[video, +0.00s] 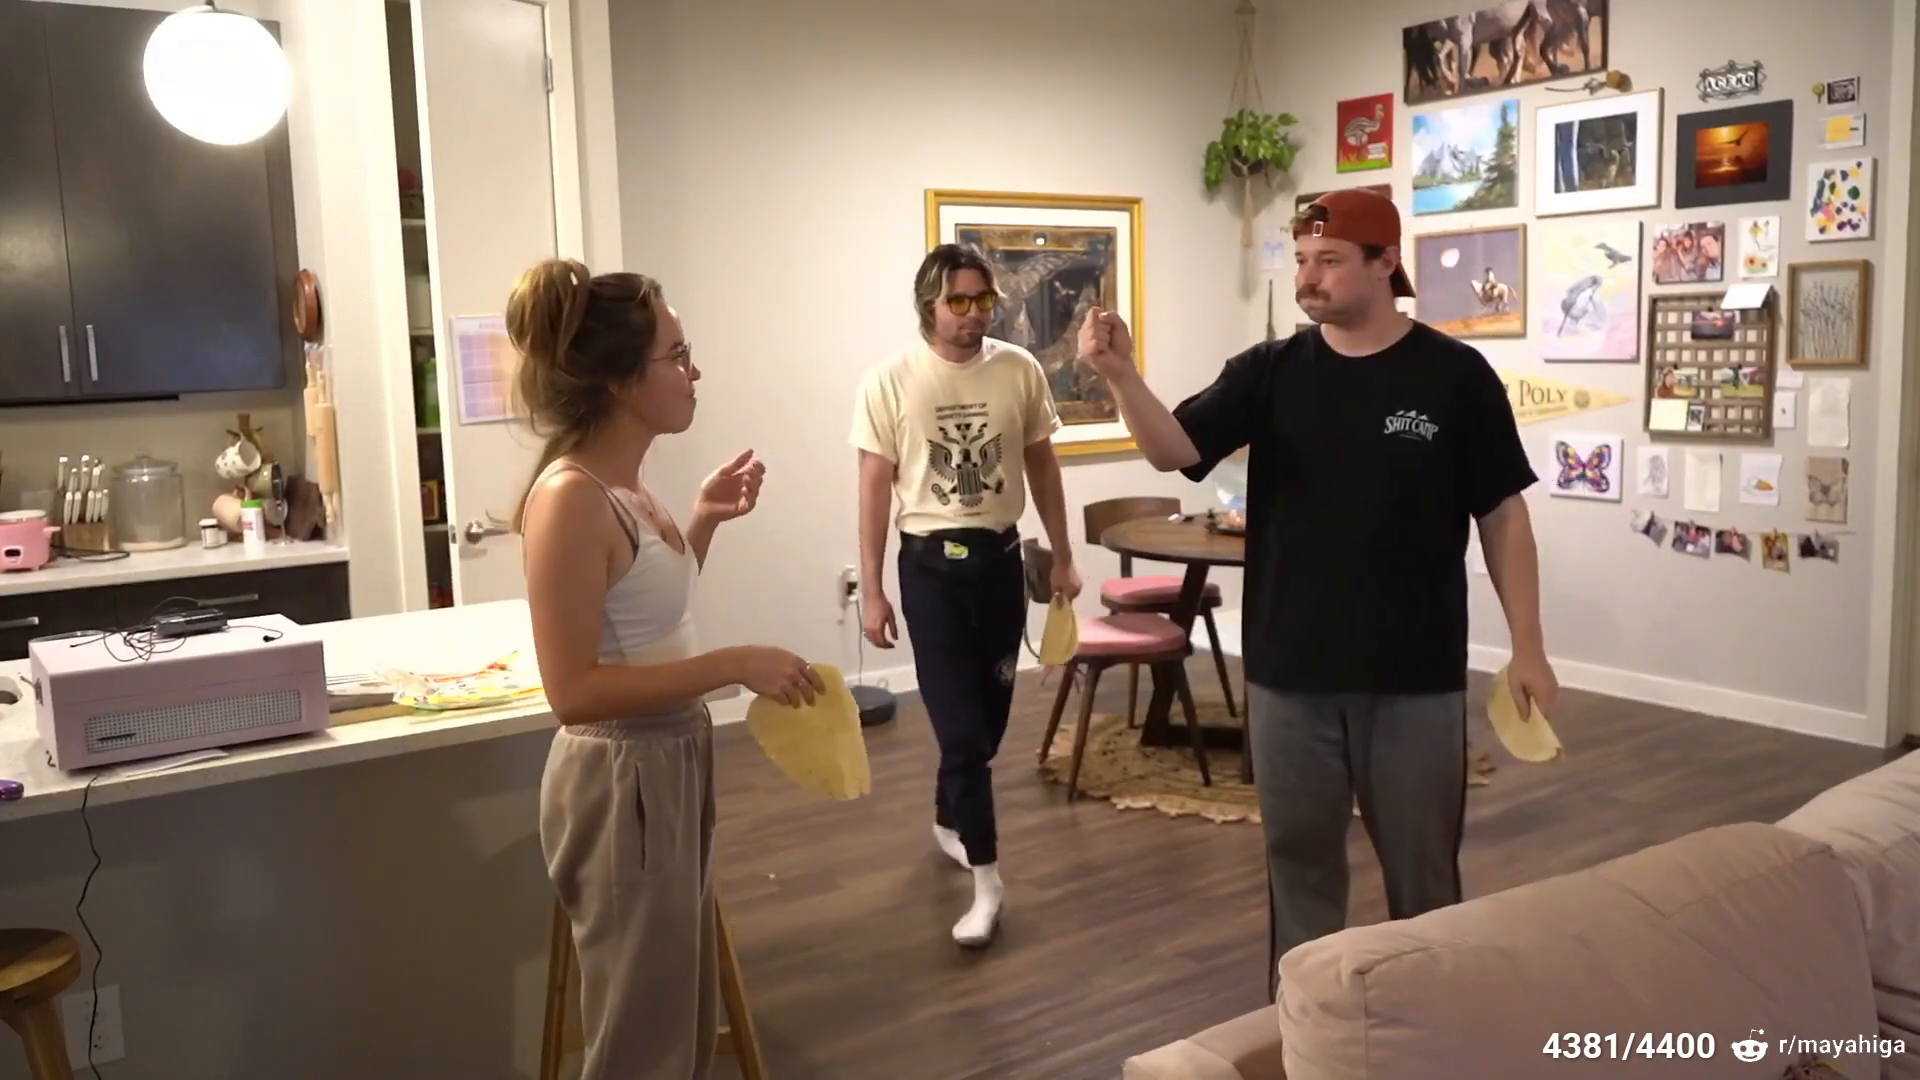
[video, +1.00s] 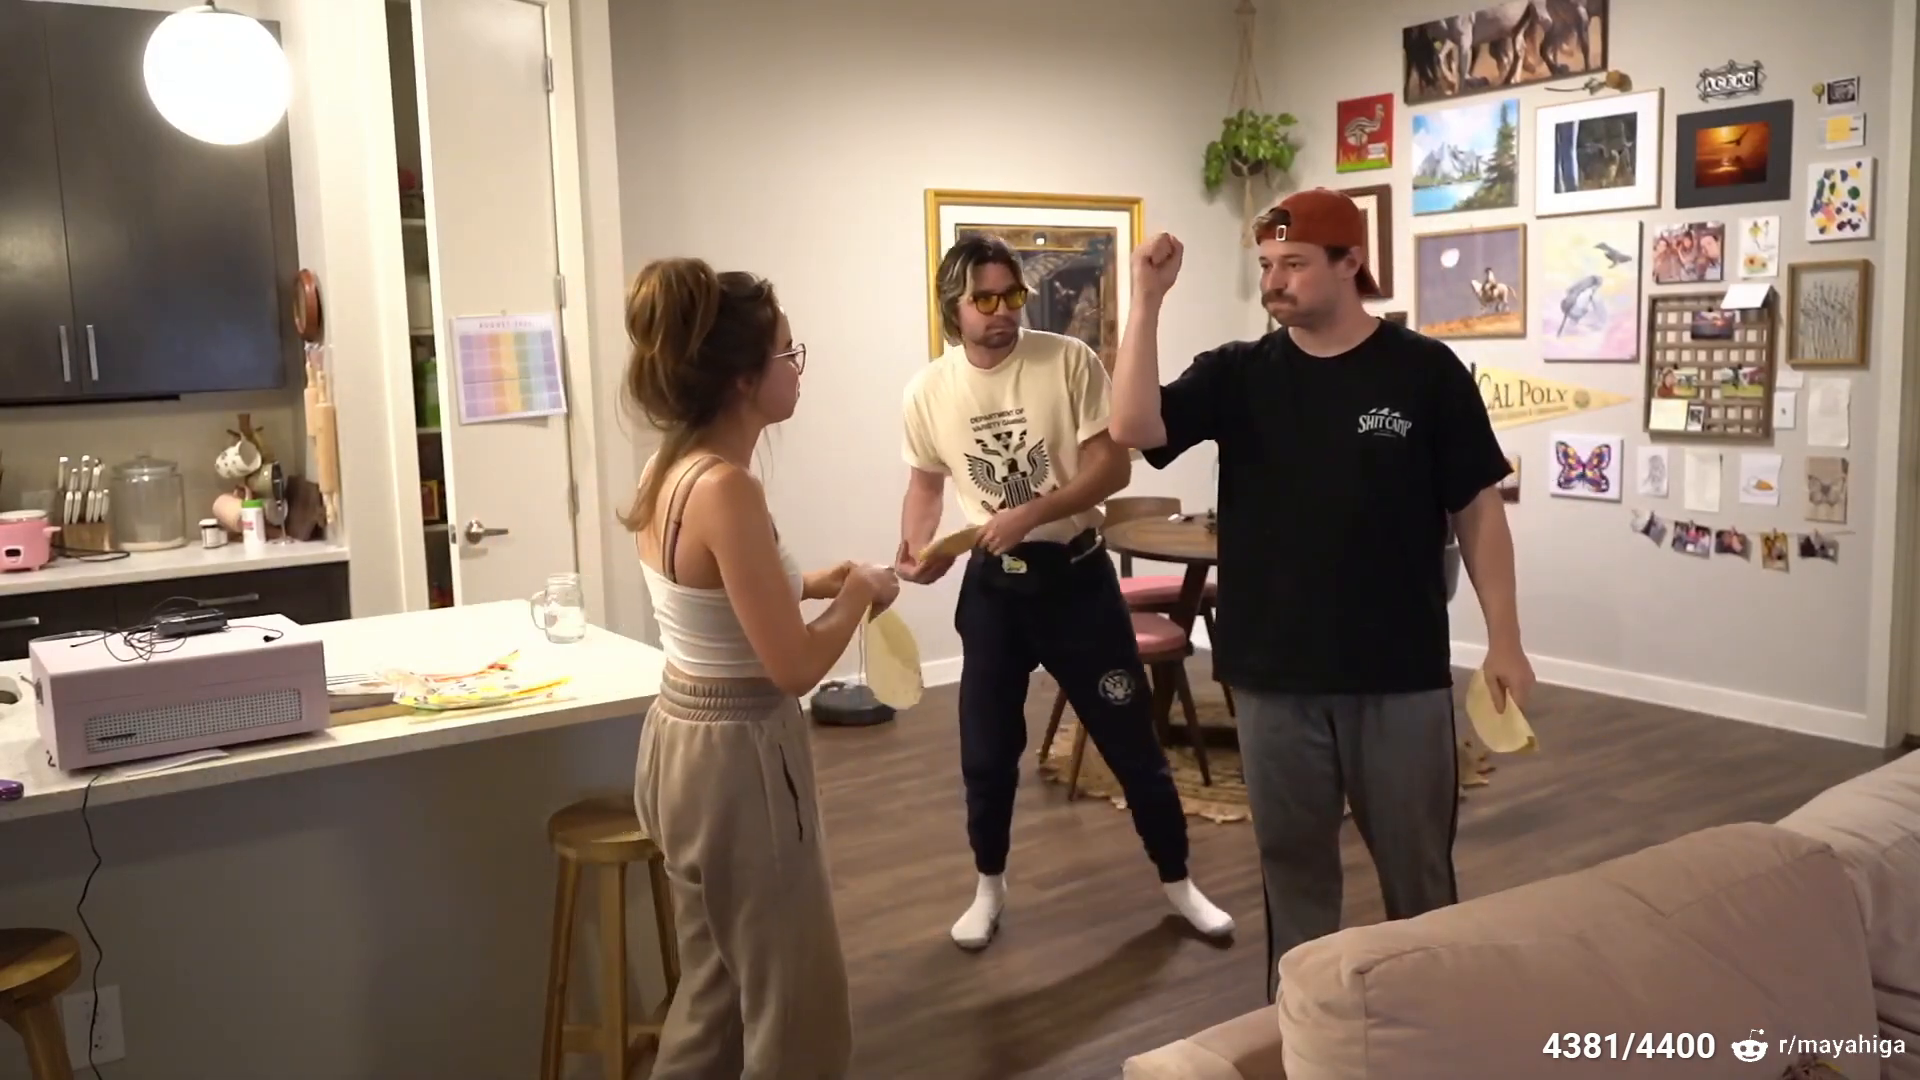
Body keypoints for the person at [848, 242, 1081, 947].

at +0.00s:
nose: (970, 312)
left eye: (980, 299)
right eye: (956, 300)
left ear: (991, 301)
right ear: (927, 305)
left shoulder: (1019, 369)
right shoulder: (891, 382)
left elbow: (1041, 463)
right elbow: (874, 488)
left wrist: (1063, 553)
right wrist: (871, 588)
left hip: (1001, 562)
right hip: (929, 566)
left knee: (991, 714)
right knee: (961, 728)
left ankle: (951, 818)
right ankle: (985, 879)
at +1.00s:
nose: (1002, 312)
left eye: (1011, 297)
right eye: (985, 300)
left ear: (1024, 296)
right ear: (952, 305)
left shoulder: (1067, 360)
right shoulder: (929, 393)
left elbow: (1109, 469)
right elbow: (925, 482)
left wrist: (1032, 512)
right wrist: (913, 546)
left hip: (1078, 580)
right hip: (992, 586)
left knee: (1134, 746)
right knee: (985, 754)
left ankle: (1180, 884)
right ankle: (989, 889)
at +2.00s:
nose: (1187, 299)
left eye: (1199, 286)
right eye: (1176, 291)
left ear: (1229, 289)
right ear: (1168, 302)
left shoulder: (1267, 370)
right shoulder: (1182, 379)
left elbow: (1274, 484)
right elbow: (1175, 474)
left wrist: (1191, 515)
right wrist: (1139, 517)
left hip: (1258, 573)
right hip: (1198, 570)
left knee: (1229, 733)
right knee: (1217, 725)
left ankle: (1225, 881)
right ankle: (1261, 853)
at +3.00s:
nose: (1155, 298)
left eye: (1168, 284)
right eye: (1149, 286)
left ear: (1209, 286)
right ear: (1147, 292)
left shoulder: (1248, 365)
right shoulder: (1162, 368)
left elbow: (1260, 489)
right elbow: (1154, 485)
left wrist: (1232, 588)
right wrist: (1135, 573)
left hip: (1224, 576)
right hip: (1167, 571)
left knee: (1213, 749)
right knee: (1168, 738)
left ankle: (1218, 904)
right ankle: (1253, 835)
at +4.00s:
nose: (988, 303)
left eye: (1002, 288)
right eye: (974, 291)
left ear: (1035, 286)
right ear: (962, 295)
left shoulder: (1091, 364)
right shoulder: (957, 376)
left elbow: (1131, 478)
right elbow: (936, 492)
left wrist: (1127, 593)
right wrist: (894, 597)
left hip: (1072, 586)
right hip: (989, 588)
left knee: (1084, 772)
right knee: (1007, 763)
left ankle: (1130, 914)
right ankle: (1048, 916)